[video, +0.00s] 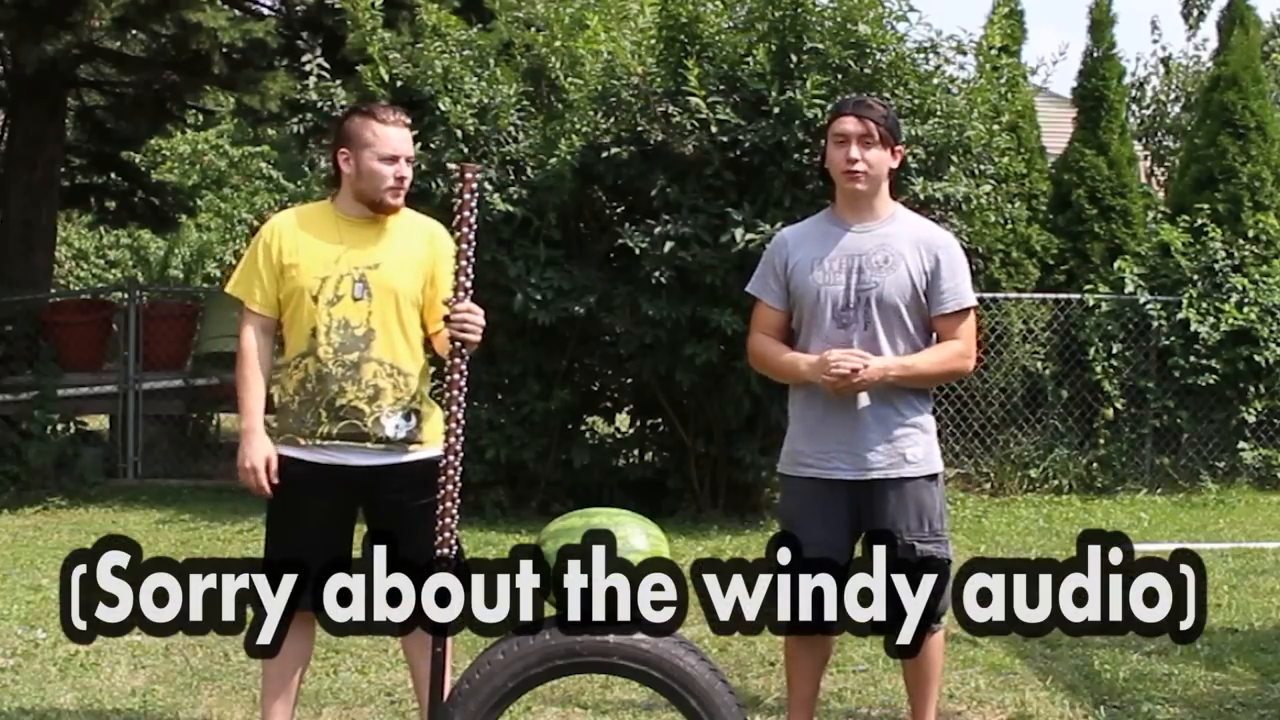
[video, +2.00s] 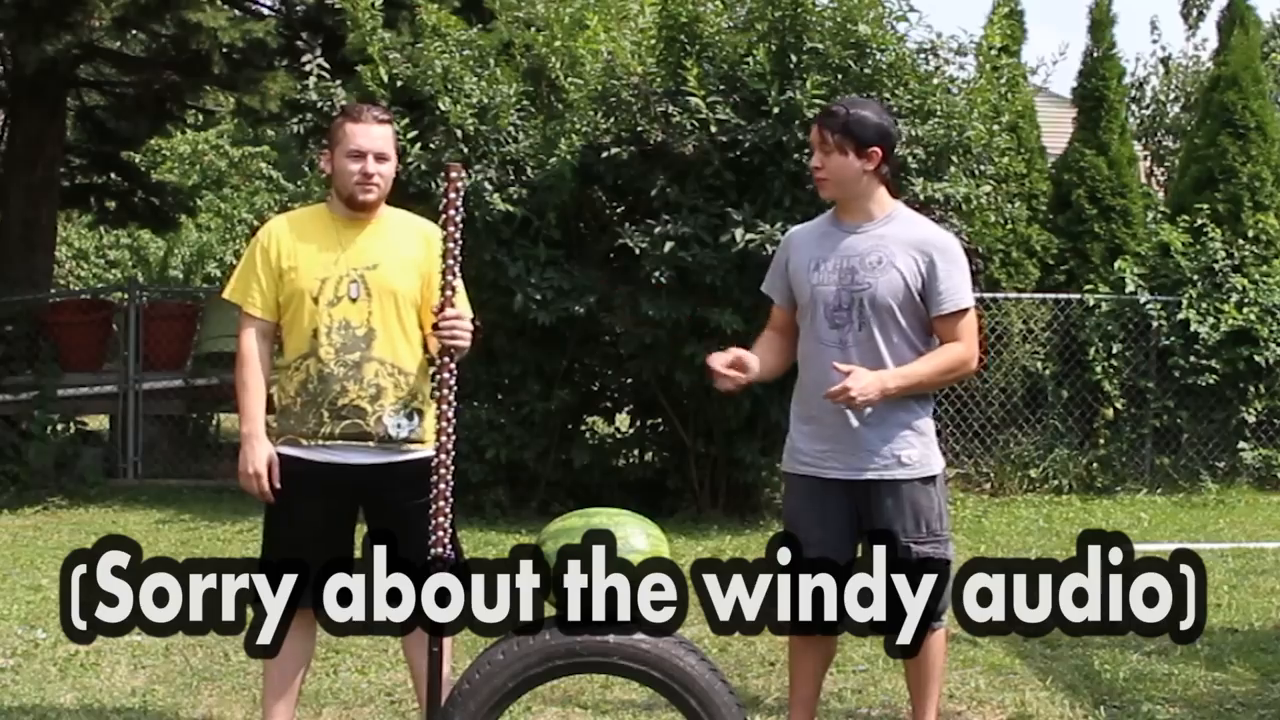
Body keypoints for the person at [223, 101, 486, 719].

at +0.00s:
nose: (403, 171)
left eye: (408, 160)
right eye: (388, 160)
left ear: (413, 163)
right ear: (344, 162)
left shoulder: (430, 239)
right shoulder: (285, 233)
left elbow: (442, 336)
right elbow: (257, 333)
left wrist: (467, 333)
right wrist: (252, 429)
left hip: (410, 460)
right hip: (309, 457)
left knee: (426, 604)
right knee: (294, 602)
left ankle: (439, 715)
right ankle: (275, 716)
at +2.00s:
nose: (369, 168)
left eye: (381, 157)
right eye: (356, 155)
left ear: (396, 166)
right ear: (328, 161)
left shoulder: (424, 239)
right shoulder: (282, 237)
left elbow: (446, 330)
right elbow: (254, 337)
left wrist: (457, 334)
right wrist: (253, 434)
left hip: (406, 458)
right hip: (307, 456)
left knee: (426, 603)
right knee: (293, 601)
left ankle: (438, 714)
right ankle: (277, 715)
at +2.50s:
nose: (371, 160)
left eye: (381, 151)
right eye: (357, 147)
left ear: (392, 163)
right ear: (323, 157)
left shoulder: (416, 239)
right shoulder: (275, 233)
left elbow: (443, 350)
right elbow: (235, 324)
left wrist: (439, 312)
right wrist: (270, 397)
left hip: (398, 459)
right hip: (301, 458)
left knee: (424, 601)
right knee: (285, 603)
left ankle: (436, 716)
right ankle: (275, 716)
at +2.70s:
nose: (364, 156)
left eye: (374, 148)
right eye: (350, 145)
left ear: (385, 162)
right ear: (317, 156)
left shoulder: (414, 234)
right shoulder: (272, 236)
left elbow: (442, 340)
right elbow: (250, 336)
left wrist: (416, 291)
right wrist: (326, 353)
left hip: (401, 454)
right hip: (302, 454)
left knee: (428, 604)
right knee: (287, 602)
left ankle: (430, 717)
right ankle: (275, 716)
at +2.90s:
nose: (359, 153)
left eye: (368, 145)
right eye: (345, 143)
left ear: (380, 159)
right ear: (314, 157)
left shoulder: (413, 231)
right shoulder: (275, 235)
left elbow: (446, 328)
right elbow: (267, 337)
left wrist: (414, 270)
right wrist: (353, 340)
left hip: (406, 449)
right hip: (307, 450)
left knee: (425, 599)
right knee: (290, 598)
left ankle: (437, 716)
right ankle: (276, 716)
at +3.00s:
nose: (362, 158)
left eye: (372, 148)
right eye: (348, 147)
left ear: (383, 161)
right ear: (316, 158)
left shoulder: (413, 234)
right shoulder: (276, 234)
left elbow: (450, 334)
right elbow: (266, 332)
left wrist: (434, 290)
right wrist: (353, 329)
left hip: (407, 449)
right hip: (307, 450)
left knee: (426, 599)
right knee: (290, 599)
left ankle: (437, 716)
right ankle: (276, 716)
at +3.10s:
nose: (368, 165)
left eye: (377, 154)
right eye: (353, 153)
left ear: (387, 163)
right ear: (319, 161)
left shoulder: (413, 239)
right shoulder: (278, 233)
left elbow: (440, 321)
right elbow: (267, 322)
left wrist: (458, 360)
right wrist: (351, 303)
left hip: (406, 451)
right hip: (307, 452)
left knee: (429, 599)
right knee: (291, 600)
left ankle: (436, 715)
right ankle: (275, 715)